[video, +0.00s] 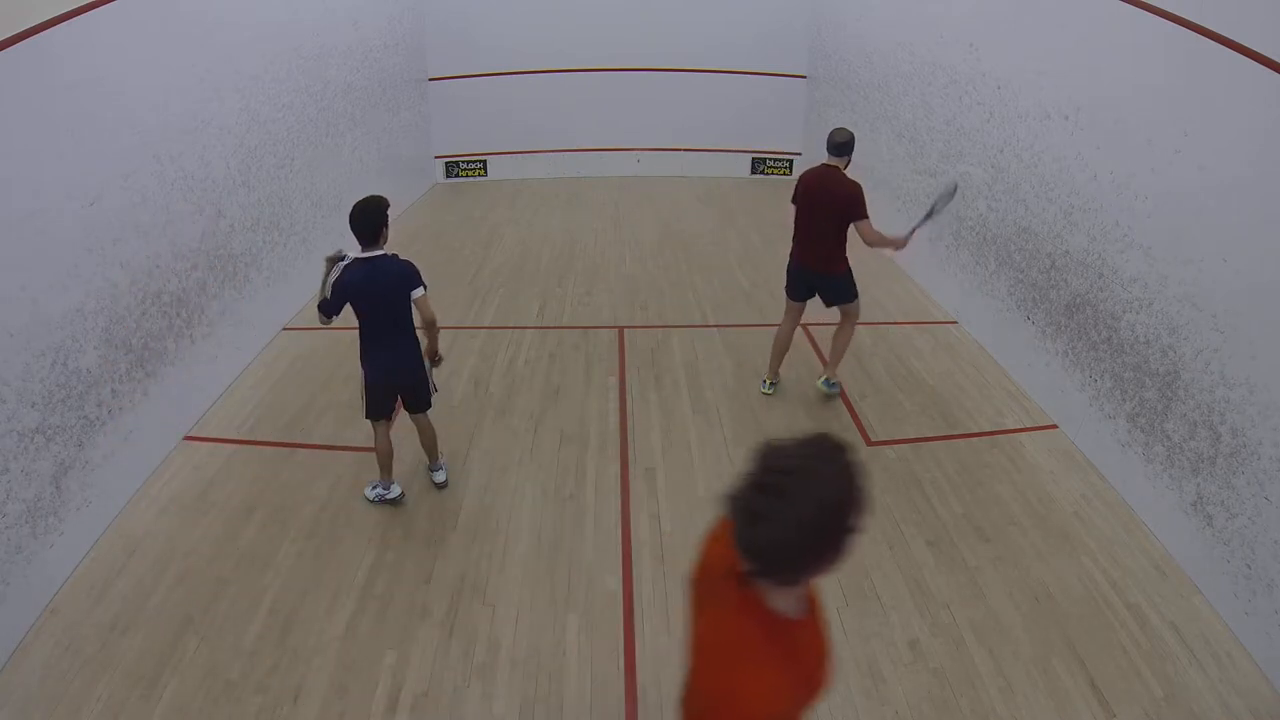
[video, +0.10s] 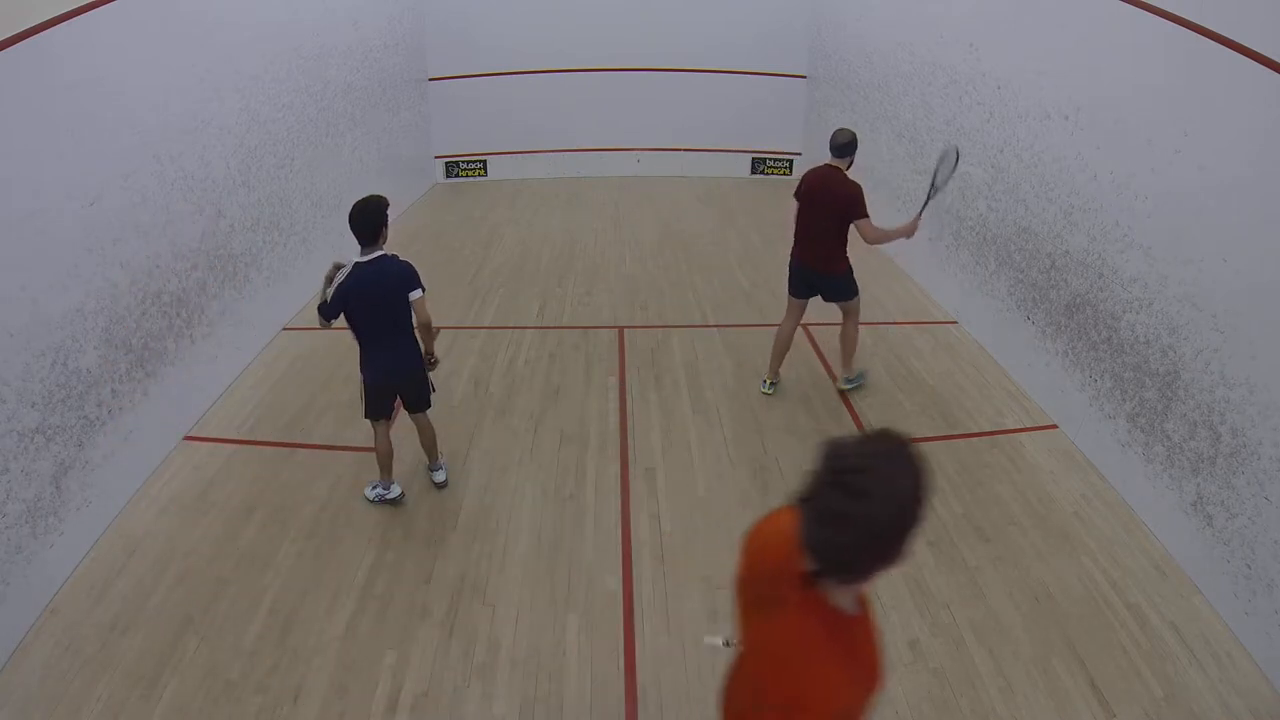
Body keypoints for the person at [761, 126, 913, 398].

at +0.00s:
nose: (848, 155)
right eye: (850, 152)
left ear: (826, 149)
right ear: (851, 153)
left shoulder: (806, 177)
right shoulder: (851, 189)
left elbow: (799, 216)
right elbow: (869, 238)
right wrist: (897, 241)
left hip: (800, 264)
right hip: (833, 269)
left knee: (790, 318)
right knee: (849, 316)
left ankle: (770, 377)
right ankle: (829, 376)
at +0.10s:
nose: (853, 156)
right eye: (854, 152)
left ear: (829, 150)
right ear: (853, 154)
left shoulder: (810, 177)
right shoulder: (851, 189)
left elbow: (799, 218)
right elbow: (870, 236)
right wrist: (903, 231)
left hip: (801, 264)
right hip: (834, 269)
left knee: (791, 317)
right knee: (850, 314)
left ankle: (770, 378)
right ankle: (847, 374)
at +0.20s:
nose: (858, 158)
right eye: (859, 155)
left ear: (835, 153)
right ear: (859, 158)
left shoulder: (816, 178)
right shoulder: (854, 194)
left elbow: (805, 199)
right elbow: (875, 237)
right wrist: (909, 226)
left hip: (805, 263)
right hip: (837, 269)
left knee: (793, 318)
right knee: (850, 320)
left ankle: (770, 377)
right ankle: (860, 369)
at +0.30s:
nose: (868, 162)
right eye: (869, 159)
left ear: (845, 158)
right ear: (867, 163)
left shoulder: (827, 181)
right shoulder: (860, 198)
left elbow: (824, 217)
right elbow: (883, 240)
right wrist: (918, 222)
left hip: (813, 265)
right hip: (845, 271)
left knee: (796, 316)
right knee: (855, 318)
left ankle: (771, 373)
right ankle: (861, 367)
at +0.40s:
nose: (878, 166)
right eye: (878, 163)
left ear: (854, 160)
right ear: (876, 168)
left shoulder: (838, 180)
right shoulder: (867, 201)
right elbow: (891, 239)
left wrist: (877, 195)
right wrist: (926, 217)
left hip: (821, 262)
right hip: (853, 269)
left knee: (801, 306)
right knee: (862, 314)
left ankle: (774, 360)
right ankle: (861, 366)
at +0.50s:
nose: (882, 165)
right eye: (884, 162)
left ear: (860, 159)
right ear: (883, 167)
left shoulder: (846, 176)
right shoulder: (870, 199)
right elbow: (896, 234)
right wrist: (928, 207)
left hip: (825, 260)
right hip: (856, 268)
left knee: (806, 304)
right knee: (865, 313)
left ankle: (777, 356)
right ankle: (861, 366)